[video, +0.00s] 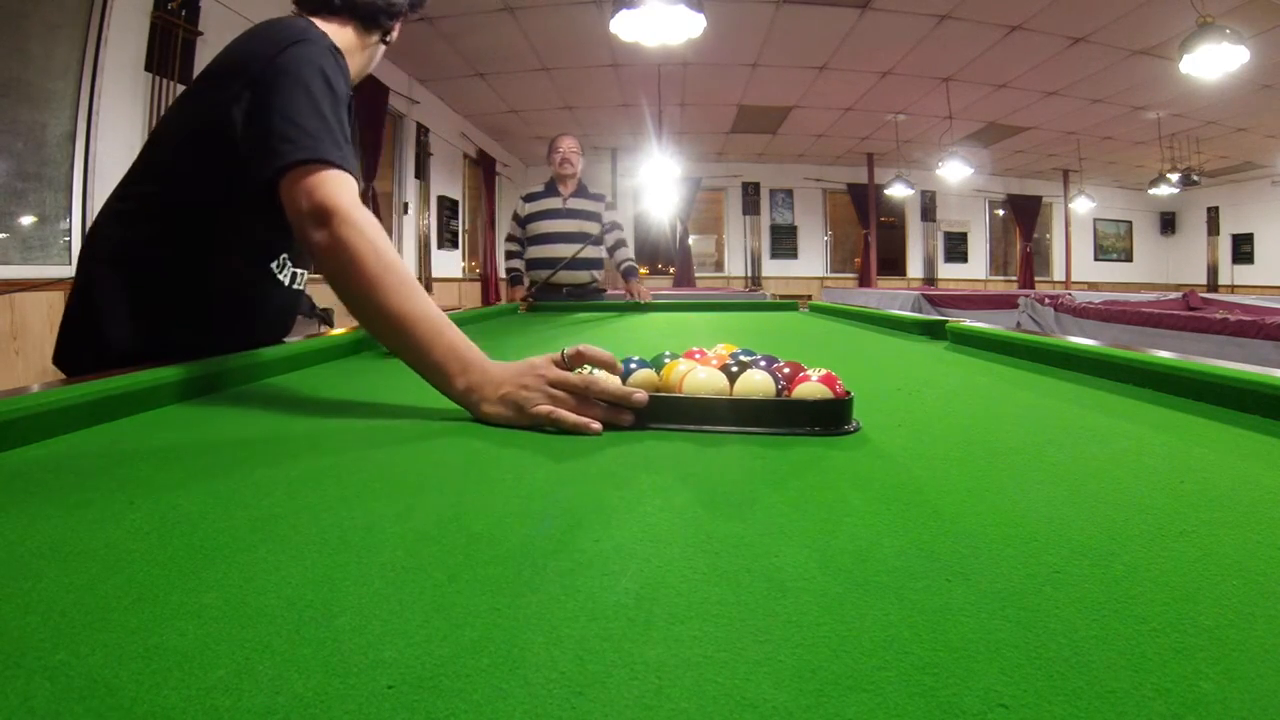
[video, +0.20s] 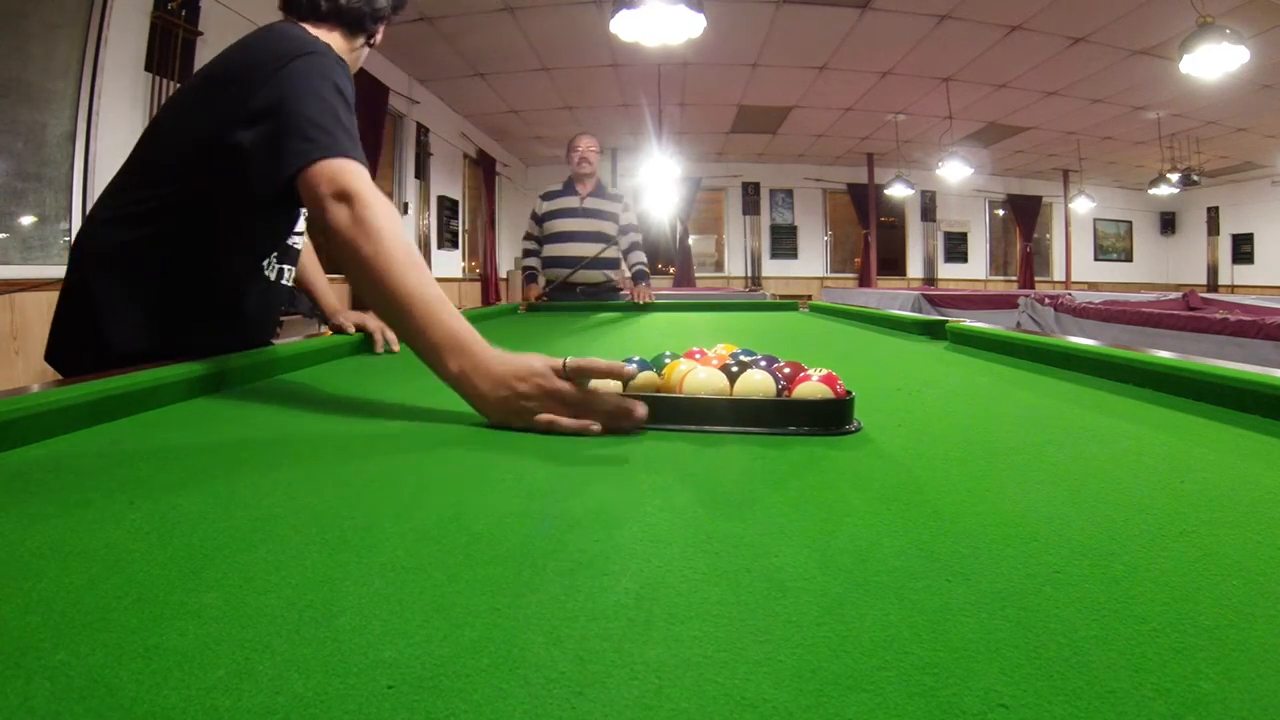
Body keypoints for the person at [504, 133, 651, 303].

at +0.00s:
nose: (565, 155)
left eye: (572, 151)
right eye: (558, 151)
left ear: (582, 162)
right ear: (549, 162)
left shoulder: (601, 202)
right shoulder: (529, 201)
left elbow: (616, 242)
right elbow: (514, 244)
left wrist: (632, 279)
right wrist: (516, 284)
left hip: (589, 297)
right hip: (544, 298)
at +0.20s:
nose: (583, 155)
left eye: (590, 150)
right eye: (577, 150)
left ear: (600, 158)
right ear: (568, 159)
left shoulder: (618, 203)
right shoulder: (546, 200)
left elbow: (632, 244)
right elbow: (531, 243)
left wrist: (641, 282)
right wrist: (531, 282)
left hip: (605, 299)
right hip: (558, 299)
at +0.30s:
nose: (593, 154)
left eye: (601, 150)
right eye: (586, 150)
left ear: (611, 158)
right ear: (578, 158)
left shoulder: (625, 204)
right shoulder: (555, 199)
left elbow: (638, 246)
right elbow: (539, 242)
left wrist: (646, 283)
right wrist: (540, 282)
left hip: (611, 299)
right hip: (565, 298)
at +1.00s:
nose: (588, 157)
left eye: (596, 151)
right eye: (586, 152)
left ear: (616, 158)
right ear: (583, 155)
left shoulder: (634, 200)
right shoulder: (565, 197)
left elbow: (644, 243)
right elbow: (546, 241)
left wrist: (648, 286)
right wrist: (546, 284)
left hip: (615, 298)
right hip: (570, 297)